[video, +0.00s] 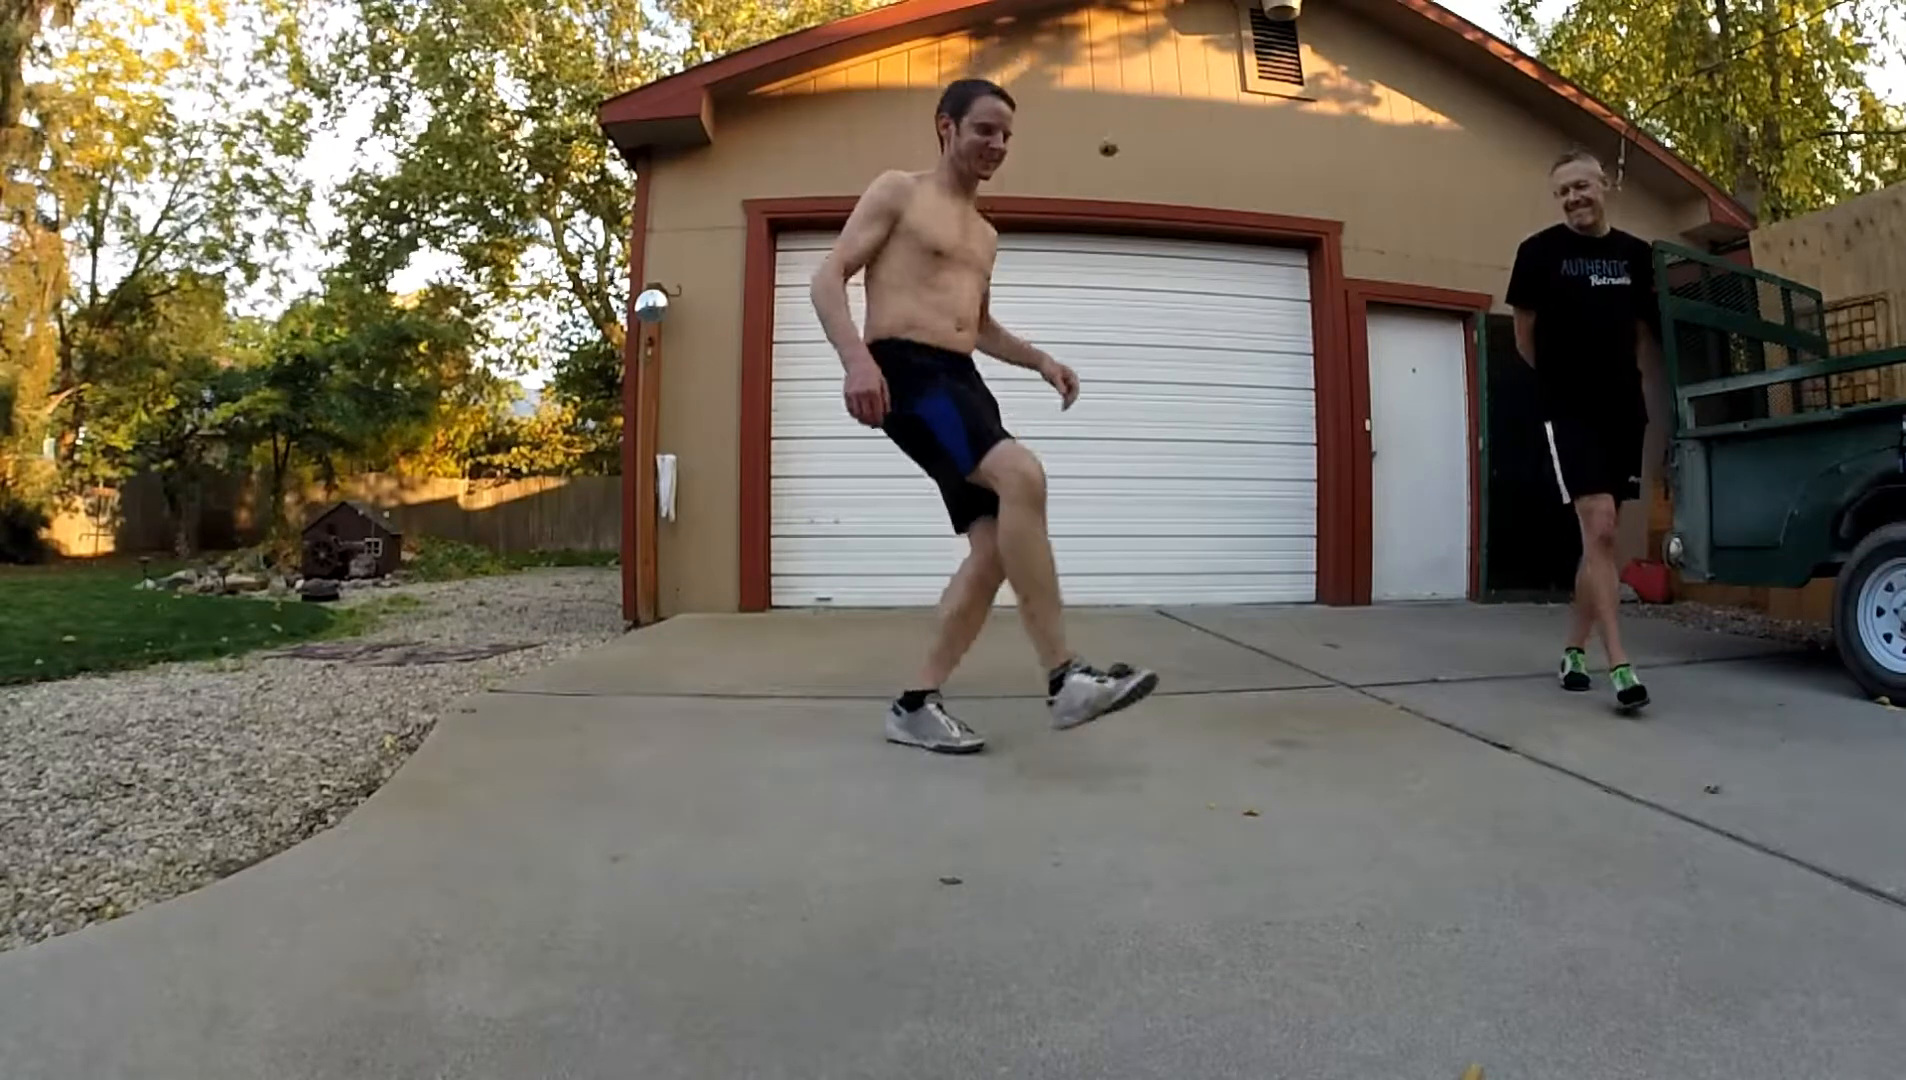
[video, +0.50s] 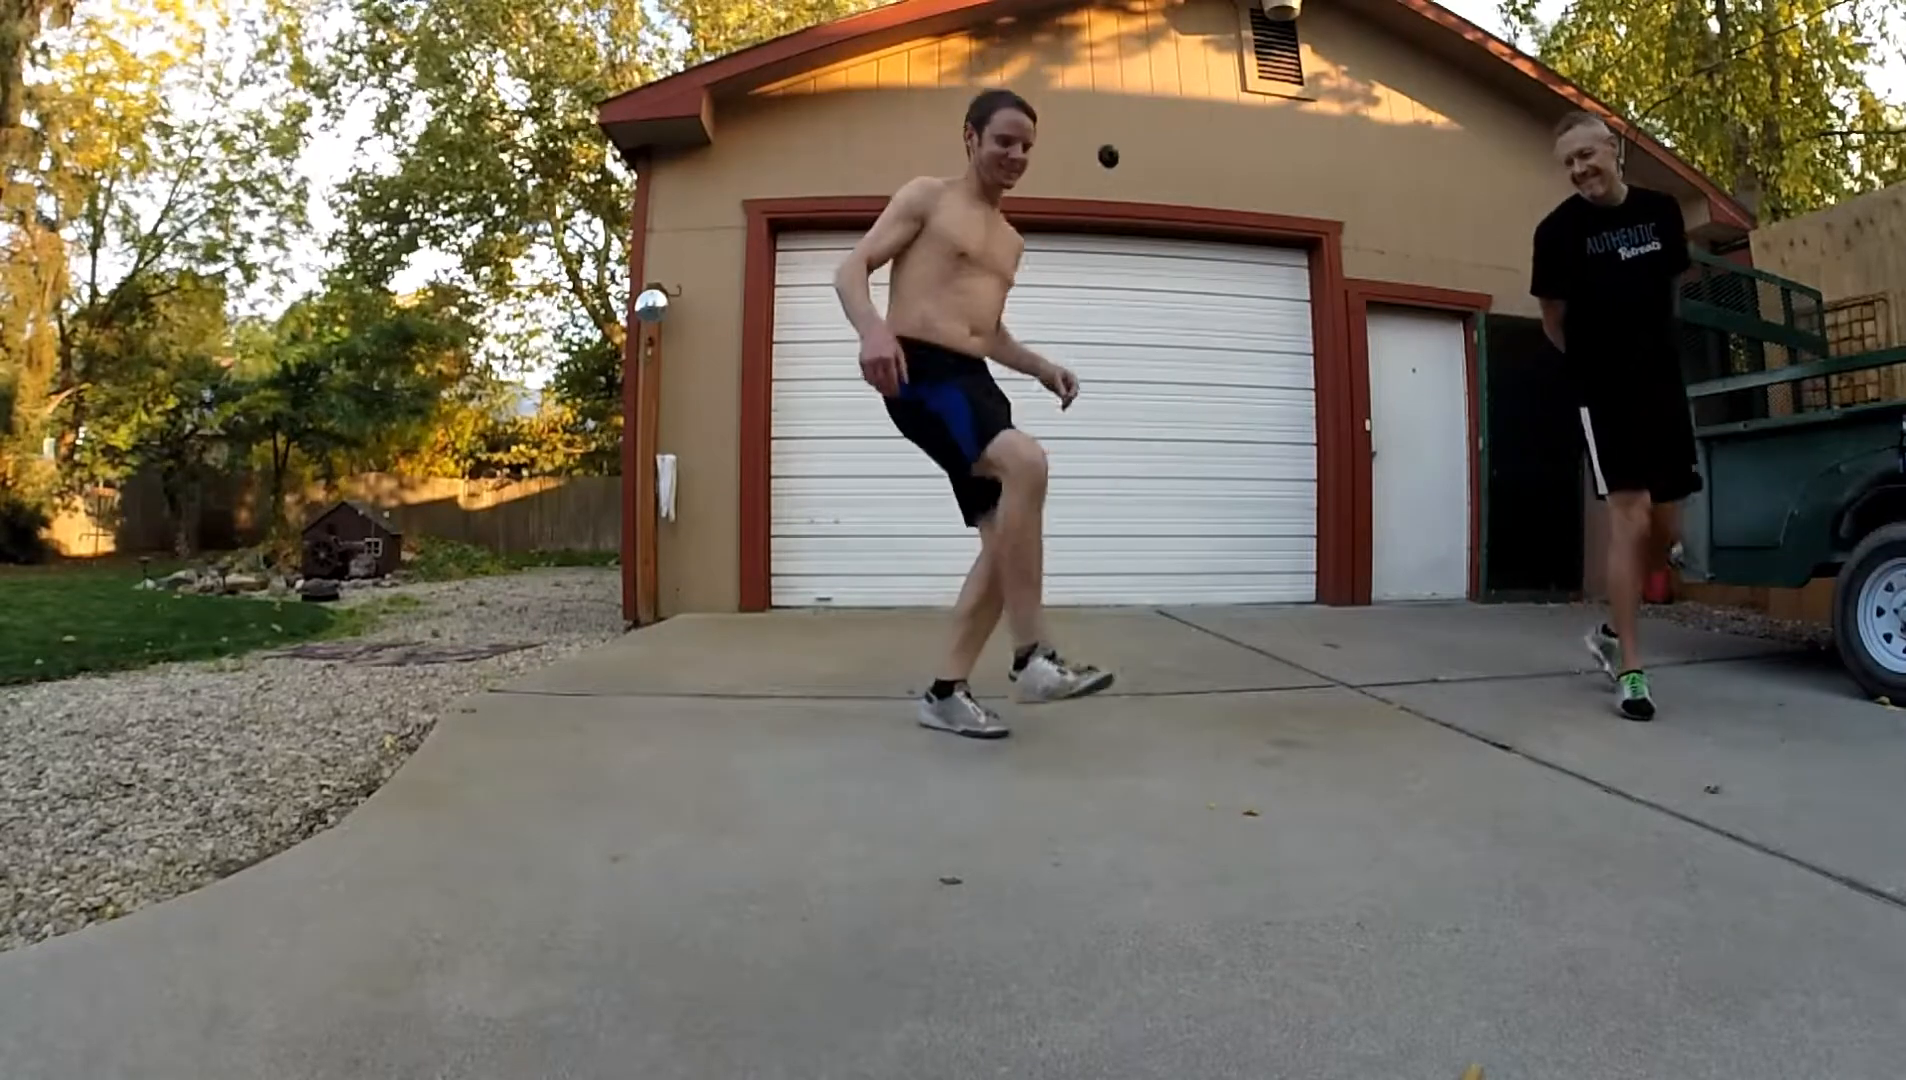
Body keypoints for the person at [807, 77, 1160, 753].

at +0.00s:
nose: (997, 144)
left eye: (1006, 135)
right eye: (985, 130)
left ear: (1009, 143)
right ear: (948, 129)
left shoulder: (984, 235)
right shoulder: (898, 190)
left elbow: (978, 325)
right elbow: (827, 278)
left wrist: (1040, 360)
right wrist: (856, 360)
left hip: (959, 377)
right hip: (906, 368)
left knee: (992, 551)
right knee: (1020, 476)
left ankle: (918, 702)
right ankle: (1063, 680)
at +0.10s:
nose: (1005, 150)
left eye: (1014, 140)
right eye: (994, 134)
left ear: (1017, 146)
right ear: (955, 130)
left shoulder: (995, 232)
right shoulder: (904, 192)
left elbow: (1003, 315)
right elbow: (829, 277)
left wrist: (1070, 335)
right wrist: (869, 354)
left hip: (957, 369)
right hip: (904, 355)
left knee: (987, 538)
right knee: (1042, 393)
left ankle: (918, 702)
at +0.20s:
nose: (1026, 133)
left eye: (1034, 123)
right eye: (1015, 118)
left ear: (1036, 125)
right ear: (974, 110)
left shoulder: (1008, 202)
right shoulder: (922, 169)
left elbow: (986, 284)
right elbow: (851, 246)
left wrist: (1053, 300)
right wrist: (905, 316)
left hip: (959, 357)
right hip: (900, 337)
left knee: (970, 515)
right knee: (1028, 274)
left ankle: (931, 688)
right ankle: (1124, 433)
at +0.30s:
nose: (1032, 120)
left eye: (1040, 111)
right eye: (1022, 105)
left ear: (1043, 116)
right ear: (983, 97)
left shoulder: (1014, 188)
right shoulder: (930, 154)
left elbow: (983, 266)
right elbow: (860, 226)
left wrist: (1036, 296)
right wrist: (919, 279)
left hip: (962, 346)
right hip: (902, 325)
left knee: (977, 498)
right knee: (1025, 278)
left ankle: (954, 671)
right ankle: (1060, 467)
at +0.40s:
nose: (1025, 128)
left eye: (1034, 119)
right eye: (1014, 113)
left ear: (1038, 125)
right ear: (979, 109)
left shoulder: (1014, 202)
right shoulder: (931, 164)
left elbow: (983, 284)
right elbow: (856, 238)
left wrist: (1035, 327)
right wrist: (898, 287)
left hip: (964, 348)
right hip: (912, 333)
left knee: (988, 517)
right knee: (1028, 387)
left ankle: (954, 681)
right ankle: (1026, 580)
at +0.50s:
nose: (1015, 155)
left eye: (1025, 146)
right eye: (1005, 141)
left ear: (1031, 153)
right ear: (972, 138)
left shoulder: (1010, 241)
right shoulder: (927, 195)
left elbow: (988, 332)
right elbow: (850, 271)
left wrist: (1041, 367)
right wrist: (871, 330)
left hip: (973, 378)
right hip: (918, 366)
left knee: (1007, 540)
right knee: (1025, 463)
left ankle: (946, 690)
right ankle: (1030, 657)